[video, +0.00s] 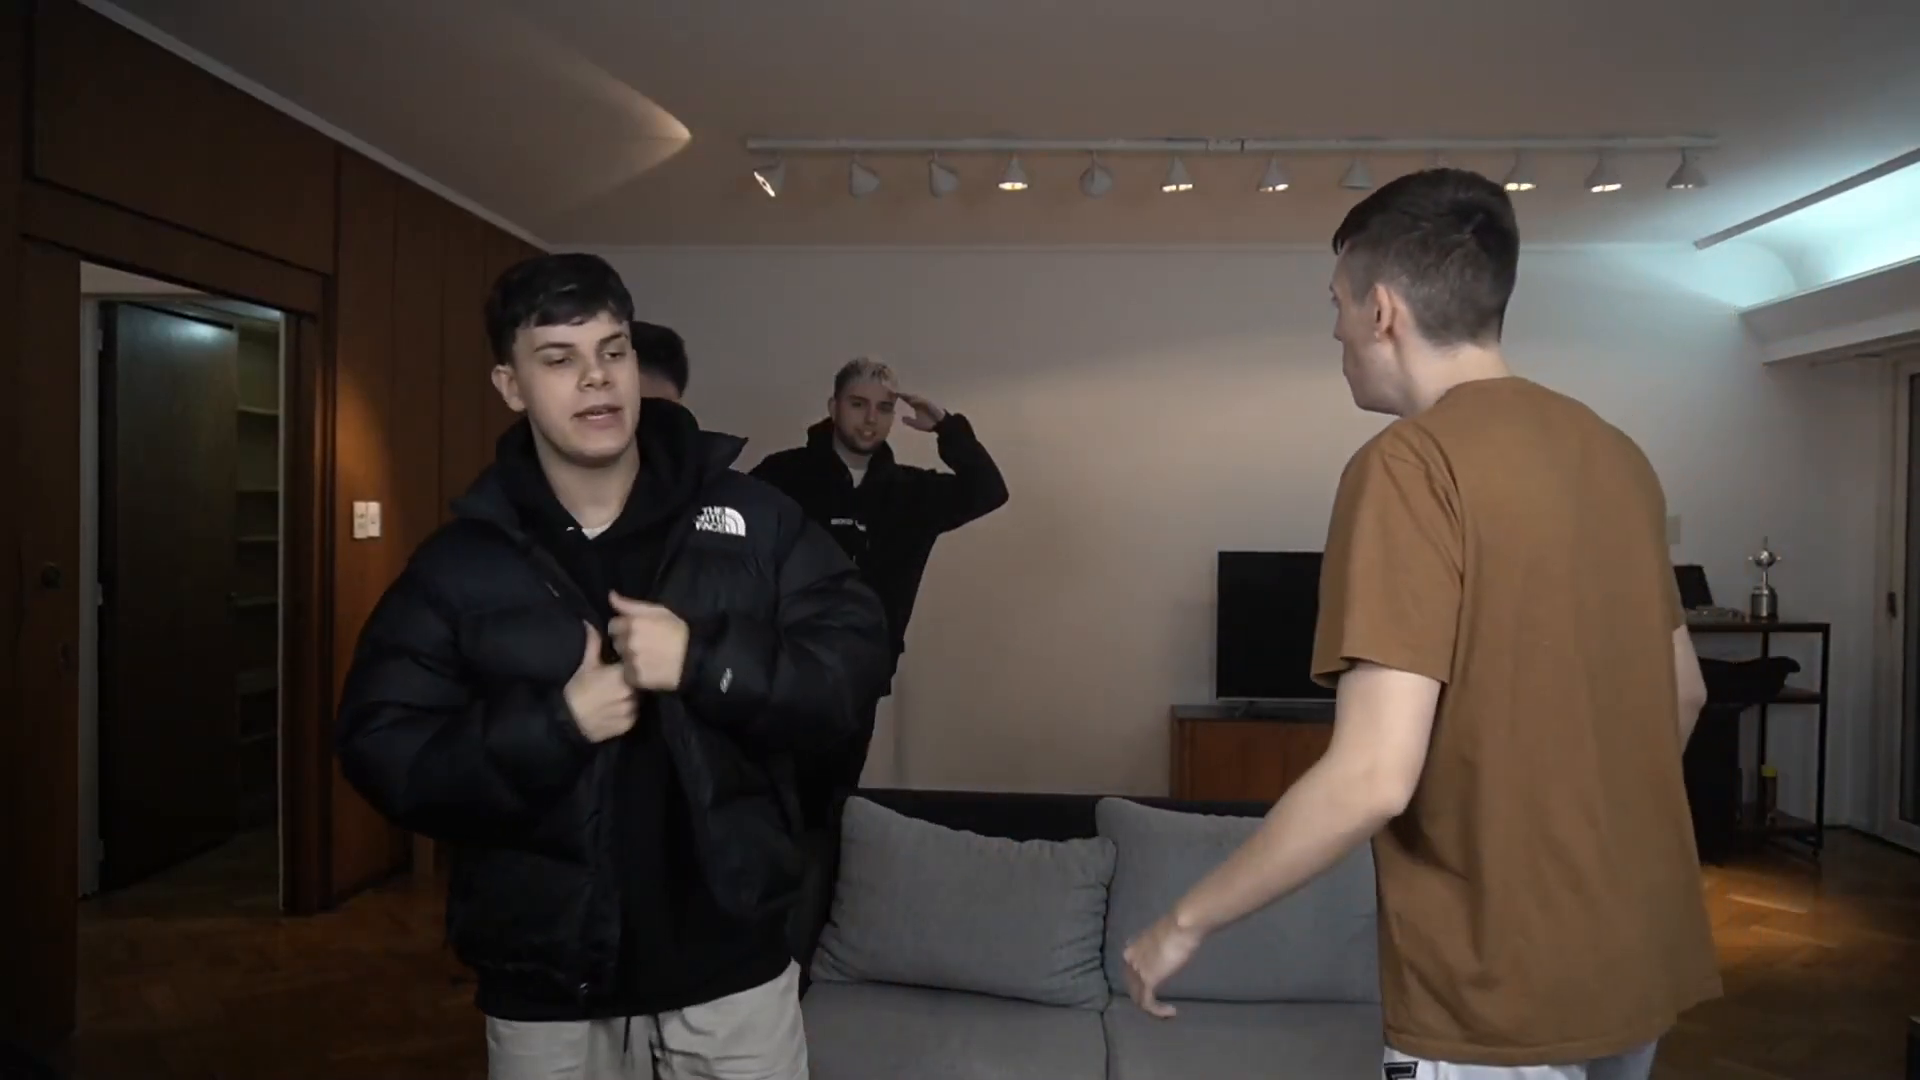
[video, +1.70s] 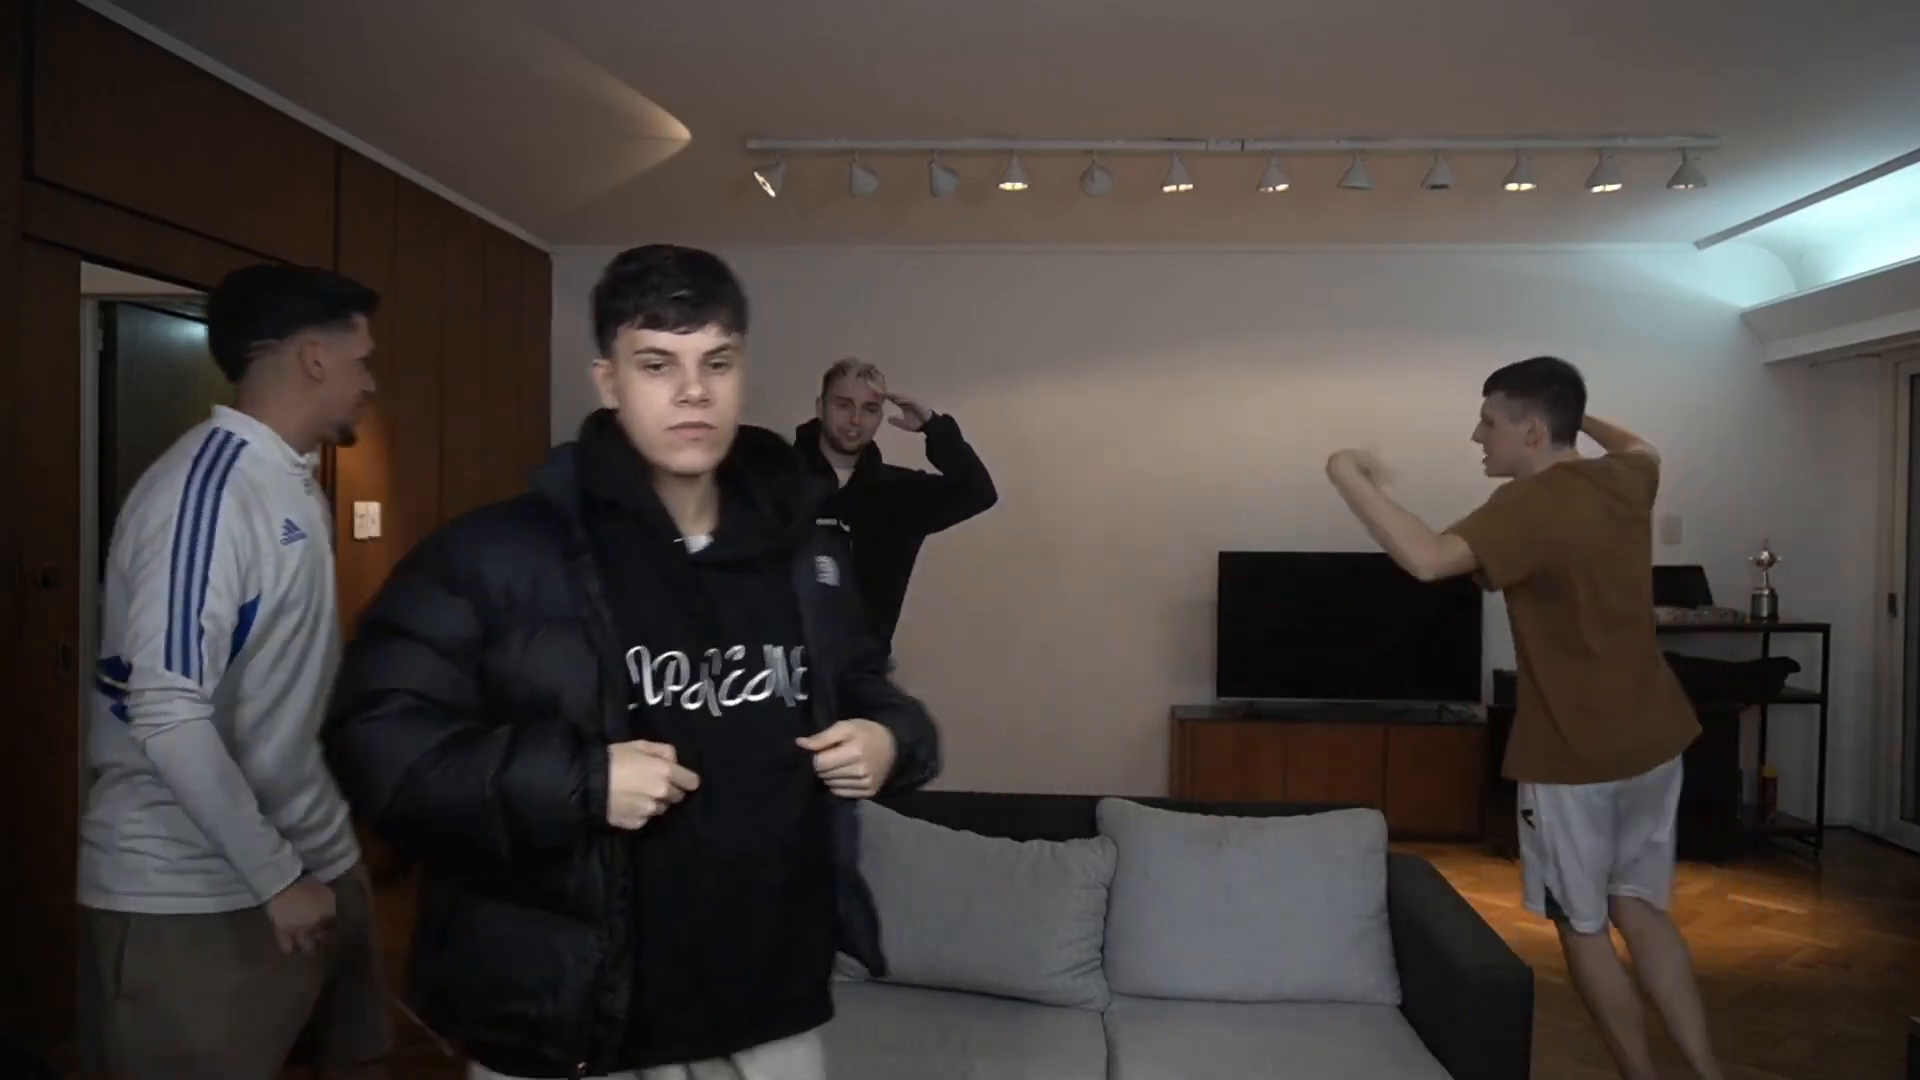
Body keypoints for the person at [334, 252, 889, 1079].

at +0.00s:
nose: (597, 381)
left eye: (614, 354)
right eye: (561, 359)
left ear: (640, 367)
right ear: (509, 384)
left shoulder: (746, 518)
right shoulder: (465, 561)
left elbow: (854, 669)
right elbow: (379, 742)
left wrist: (704, 660)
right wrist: (557, 725)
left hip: (730, 960)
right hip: (549, 976)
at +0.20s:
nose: (644, 391)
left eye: (657, 360)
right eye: (606, 371)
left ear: (681, 362)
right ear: (551, 395)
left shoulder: (793, 517)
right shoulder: (505, 546)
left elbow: (922, 654)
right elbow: (387, 711)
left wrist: (795, 712)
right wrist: (453, 760)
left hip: (747, 991)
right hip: (559, 990)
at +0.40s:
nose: (729, 392)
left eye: (742, 359)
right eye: (687, 372)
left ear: (766, 361)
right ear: (635, 395)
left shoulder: (879, 517)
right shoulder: (586, 532)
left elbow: (1022, 638)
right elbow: (492, 672)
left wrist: (887, 732)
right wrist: (539, 736)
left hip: (816, 984)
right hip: (629, 981)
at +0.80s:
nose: (829, 385)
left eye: (851, 352)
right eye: (793, 360)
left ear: (884, 358)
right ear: (750, 377)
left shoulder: (990, 536)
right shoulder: (691, 528)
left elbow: (1120, 689)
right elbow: (592, 666)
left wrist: (972, 775)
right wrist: (607, 725)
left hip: (889, 1012)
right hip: (705, 999)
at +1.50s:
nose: (802, 383)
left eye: (828, 354)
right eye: (770, 354)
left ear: (858, 366)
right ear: (721, 366)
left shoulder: (927, 545)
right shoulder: (610, 532)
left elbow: (1016, 724)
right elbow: (478, 697)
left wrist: (975, 757)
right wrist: (610, 749)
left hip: (850, 1009)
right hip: (650, 1009)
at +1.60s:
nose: (754, 387)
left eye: (779, 358)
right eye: (720, 359)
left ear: (806, 369)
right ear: (669, 373)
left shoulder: (869, 539)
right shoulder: (561, 544)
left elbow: (958, 713)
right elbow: (431, 721)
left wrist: (943, 747)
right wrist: (603, 764)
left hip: (819, 1012)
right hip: (620, 1017)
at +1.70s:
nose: (693, 394)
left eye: (718, 365)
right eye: (658, 366)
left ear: (744, 375)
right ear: (607, 380)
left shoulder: (802, 546)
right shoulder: (499, 557)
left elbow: (872, 697)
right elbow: (375, 739)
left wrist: (893, 742)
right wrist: (576, 778)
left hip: (766, 1013)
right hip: (568, 1024)